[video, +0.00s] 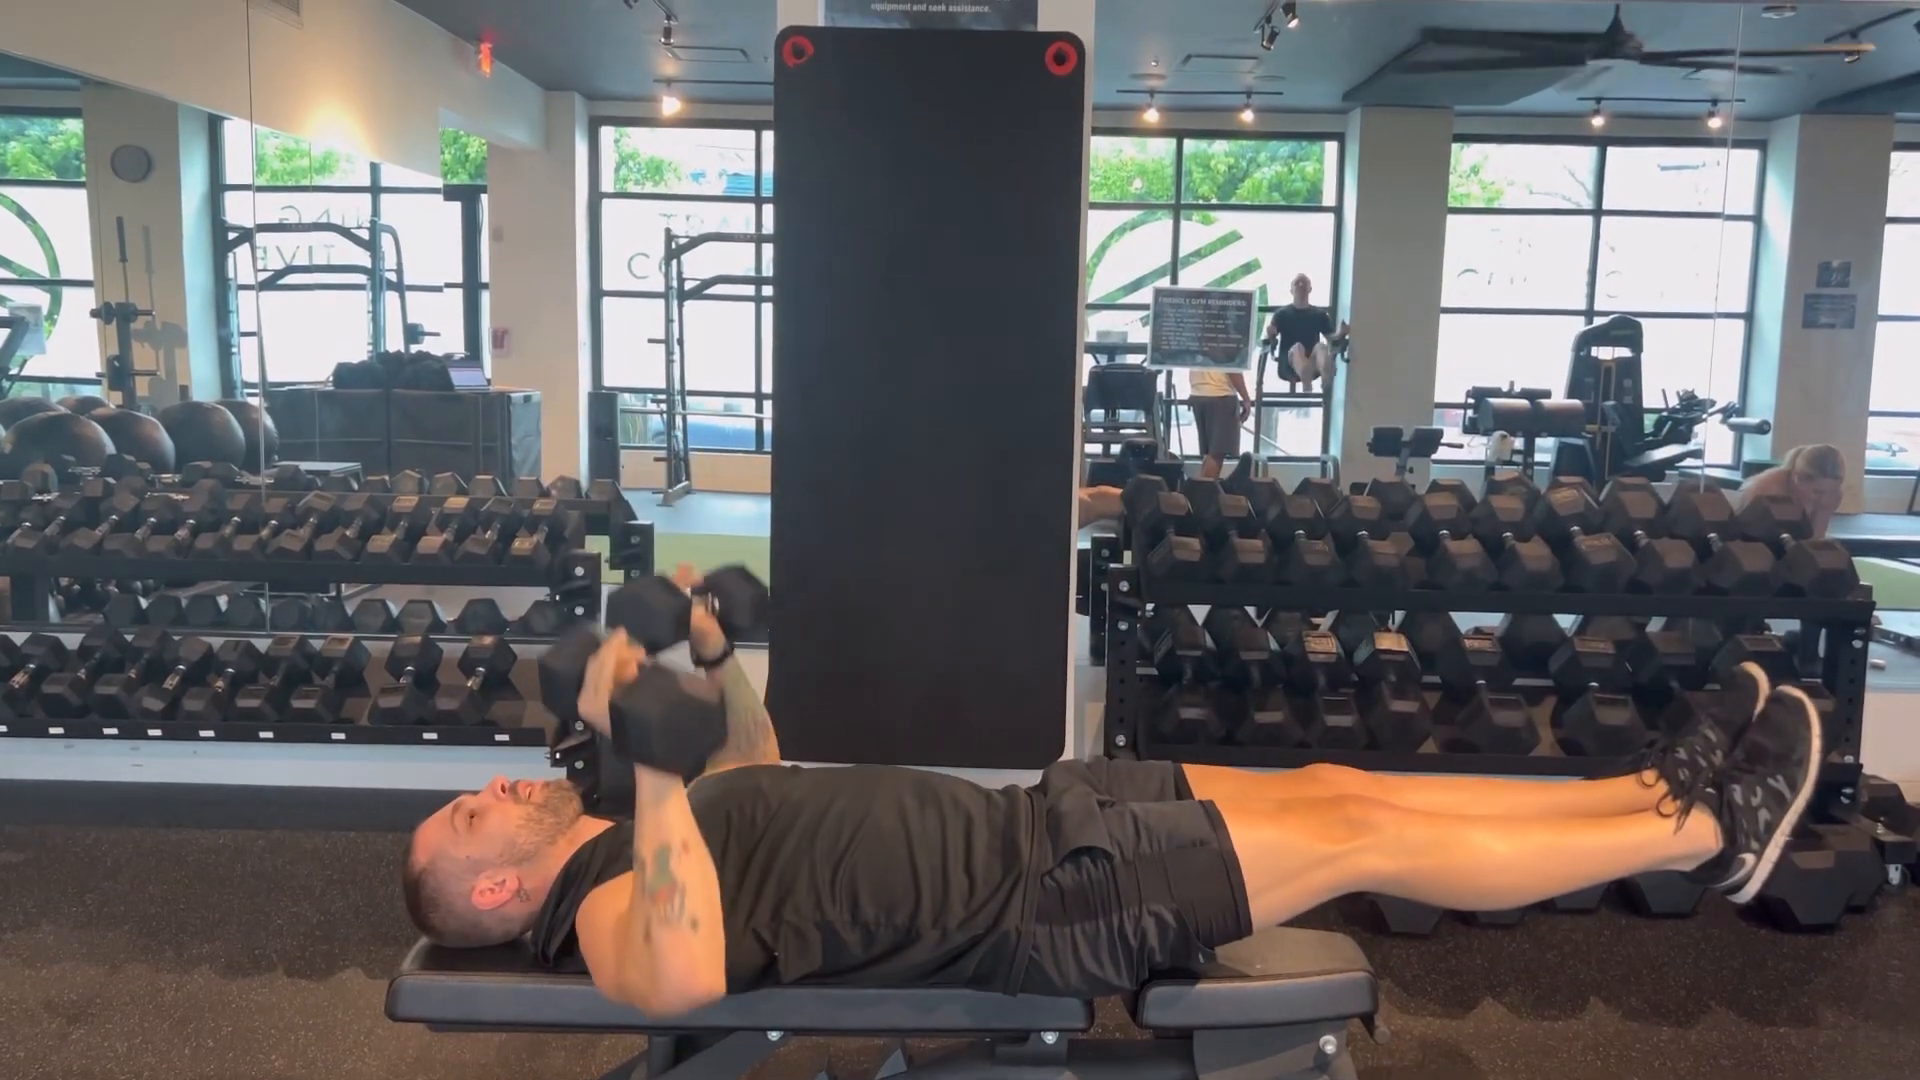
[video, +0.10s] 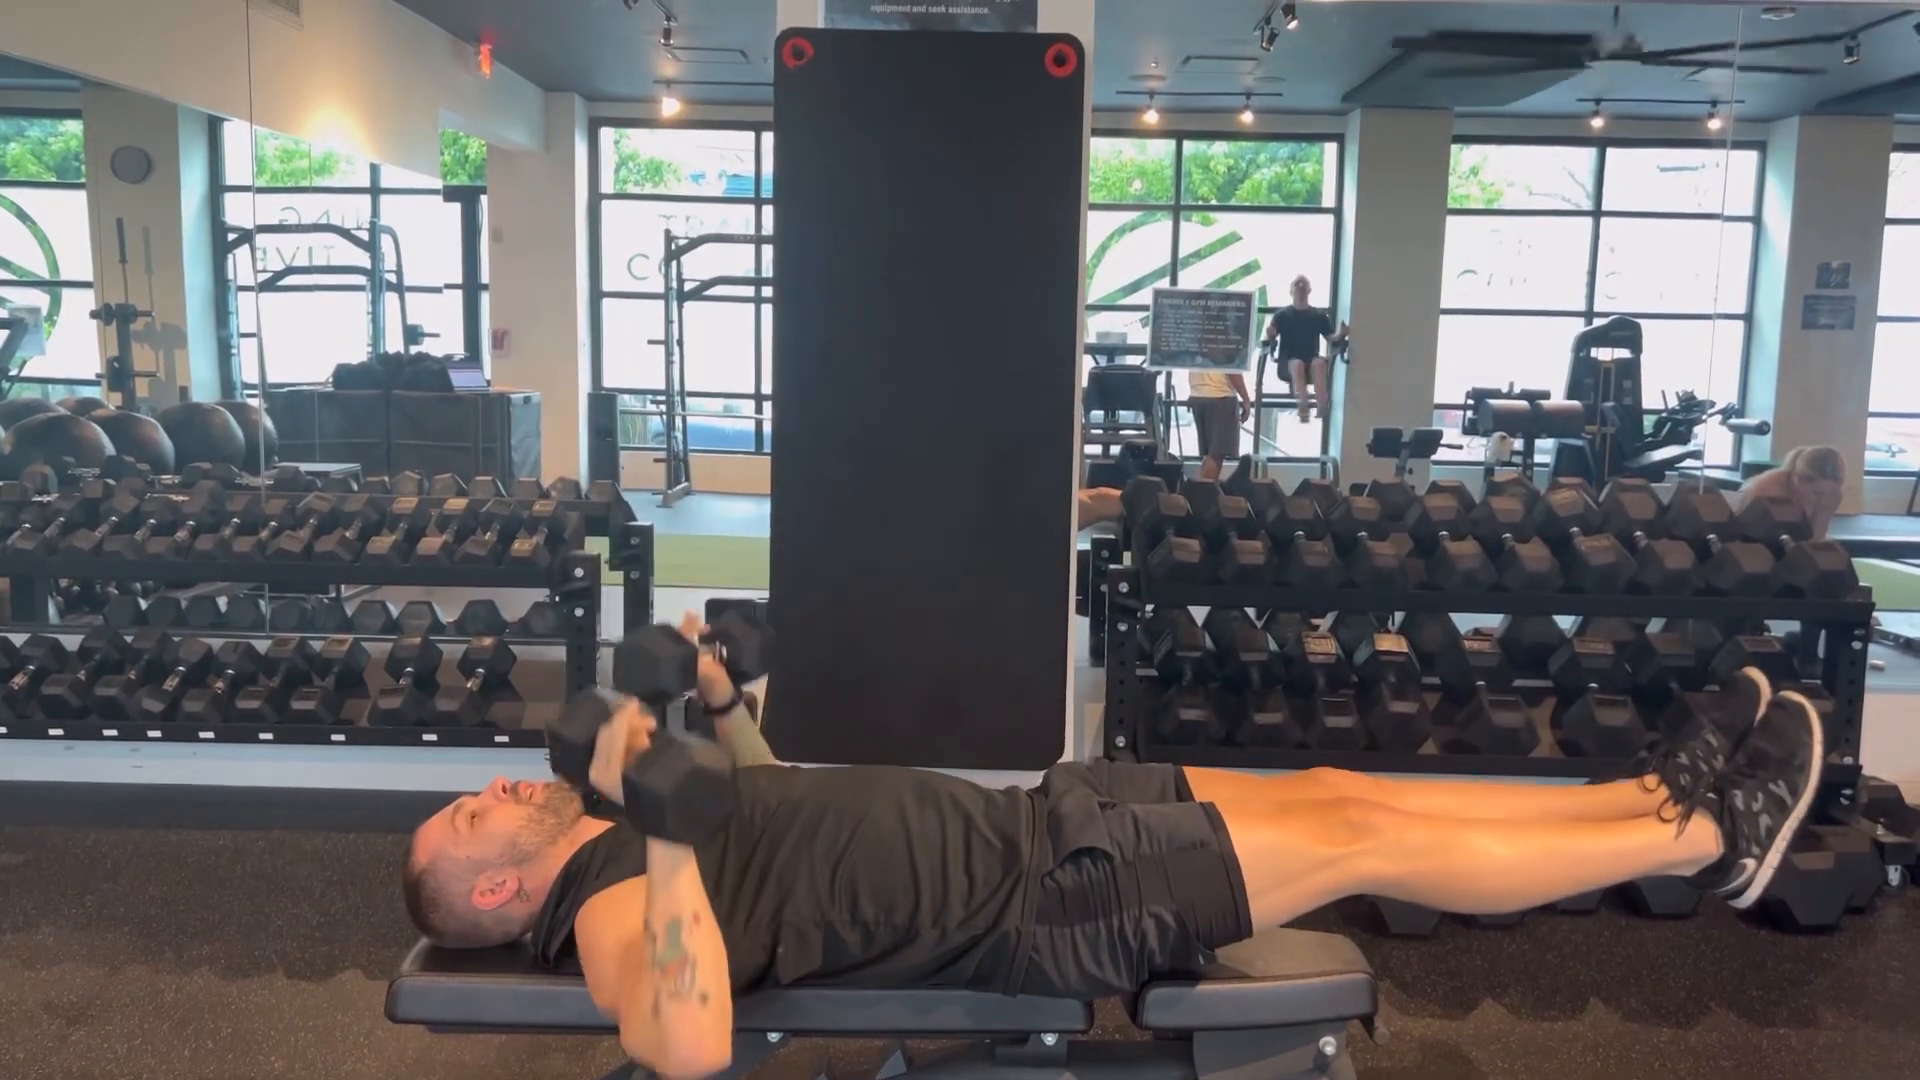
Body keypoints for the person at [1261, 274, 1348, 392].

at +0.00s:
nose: (1301, 285)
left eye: (1304, 283)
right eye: (1297, 283)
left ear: (1310, 289)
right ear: (1291, 290)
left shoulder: (1319, 314)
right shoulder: (1282, 313)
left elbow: (1331, 339)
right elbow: (1272, 342)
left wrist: (1342, 333)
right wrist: (1271, 334)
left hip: (1314, 363)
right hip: (1288, 365)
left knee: (1321, 347)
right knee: (1298, 347)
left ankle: (1327, 389)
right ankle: (1307, 391)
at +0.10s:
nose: (1301, 287)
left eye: (1304, 285)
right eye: (1297, 285)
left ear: (1309, 291)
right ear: (1291, 291)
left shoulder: (1318, 315)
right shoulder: (1282, 315)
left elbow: (1331, 338)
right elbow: (1271, 338)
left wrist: (1340, 334)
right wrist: (1270, 334)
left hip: (1311, 359)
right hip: (1288, 360)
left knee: (1319, 363)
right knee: (1298, 365)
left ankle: (1322, 409)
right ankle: (1303, 411)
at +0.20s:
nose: (1300, 289)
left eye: (1303, 286)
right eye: (1296, 286)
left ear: (1308, 292)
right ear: (1290, 293)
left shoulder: (1317, 316)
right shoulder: (1282, 316)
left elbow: (1330, 339)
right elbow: (1269, 338)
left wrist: (1340, 335)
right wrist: (1269, 336)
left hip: (1311, 361)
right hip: (1288, 362)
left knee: (1318, 379)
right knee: (1296, 381)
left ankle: (1315, 429)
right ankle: (1298, 430)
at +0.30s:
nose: (1299, 288)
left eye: (1302, 286)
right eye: (1296, 286)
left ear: (1307, 292)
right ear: (1289, 293)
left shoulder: (1317, 317)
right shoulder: (1282, 316)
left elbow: (1329, 341)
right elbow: (1269, 338)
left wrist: (1340, 336)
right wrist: (1268, 335)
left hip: (1311, 363)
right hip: (1289, 363)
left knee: (1316, 403)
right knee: (1295, 402)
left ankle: (1310, 444)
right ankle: (1294, 445)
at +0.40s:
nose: (1299, 289)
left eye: (1302, 287)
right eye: (1295, 287)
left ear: (1307, 293)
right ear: (1288, 294)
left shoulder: (1316, 318)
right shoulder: (1281, 318)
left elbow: (1329, 342)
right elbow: (1266, 344)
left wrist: (1340, 336)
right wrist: (1267, 338)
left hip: (1310, 367)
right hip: (1287, 367)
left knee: (1315, 408)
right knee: (1293, 408)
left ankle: (1307, 453)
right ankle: (1288, 454)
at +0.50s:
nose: (1298, 289)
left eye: (1301, 287)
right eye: (1295, 287)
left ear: (1306, 294)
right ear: (1288, 295)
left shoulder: (1316, 319)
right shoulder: (1280, 318)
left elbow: (1328, 343)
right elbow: (1266, 345)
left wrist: (1339, 337)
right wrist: (1267, 339)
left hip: (1310, 372)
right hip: (1287, 372)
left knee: (1312, 416)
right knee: (1290, 415)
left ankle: (1302, 458)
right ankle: (1283, 457)